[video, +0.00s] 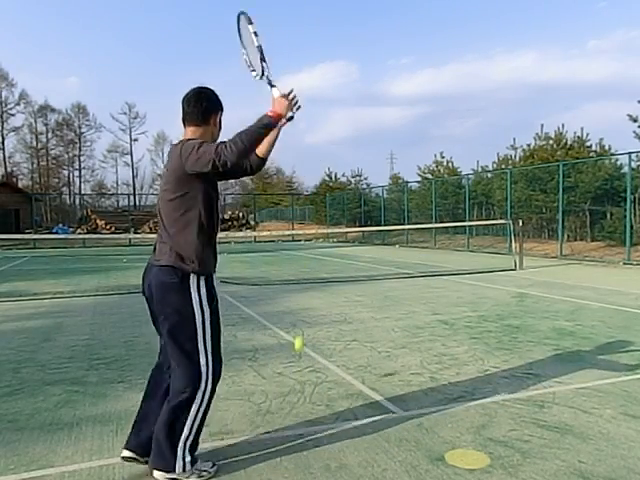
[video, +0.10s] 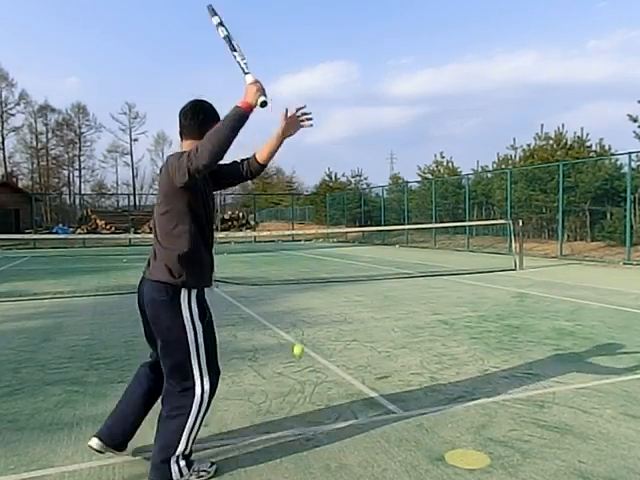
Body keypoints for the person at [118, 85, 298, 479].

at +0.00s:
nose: (221, 124)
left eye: (219, 119)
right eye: (221, 118)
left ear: (185, 118)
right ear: (214, 118)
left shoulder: (184, 154)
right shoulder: (191, 152)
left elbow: (250, 163)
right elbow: (232, 152)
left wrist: (278, 123)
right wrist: (274, 114)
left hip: (164, 274)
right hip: (185, 276)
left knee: (174, 361)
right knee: (202, 369)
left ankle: (142, 443)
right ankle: (173, 461)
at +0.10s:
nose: (216, 137)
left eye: (218, 133)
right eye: (216, 131)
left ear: (181, 129)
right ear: (207, 132)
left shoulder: (196, 174)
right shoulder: (180, 166)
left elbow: (248, 168)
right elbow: (208, 152)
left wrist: (281, 134)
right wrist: (245, 107)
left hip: (156, 287)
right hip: (179, 291)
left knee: (162, 364)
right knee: (196, 380)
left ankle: (111, 436)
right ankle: (170, 464)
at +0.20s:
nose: (215, 148)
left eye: (217, 143)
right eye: (210, 142)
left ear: (177, 144)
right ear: (198, 144)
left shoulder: (201, 185)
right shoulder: (168, 180)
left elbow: (248, 179)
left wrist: (293, 156)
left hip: (155, 300)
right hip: (170, 305)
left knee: (157, 369)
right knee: (207, 389)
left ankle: (89, 429)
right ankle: (174, 466)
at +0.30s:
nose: (214, 155)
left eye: (214, 147)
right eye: (209, 147)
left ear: (173, 150)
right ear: (195, 151)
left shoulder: (196, 190)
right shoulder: (166, 190)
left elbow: (246, 188)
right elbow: (167, 202)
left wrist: (293, 177)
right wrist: (204, 152)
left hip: (142, 304)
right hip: (160, 310)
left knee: (148, 365)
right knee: (204, 385)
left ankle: (85, 425)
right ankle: (175, 466)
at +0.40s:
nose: (203, 161)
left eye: (201, 156)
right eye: (200, 156)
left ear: (167, 158)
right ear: (189, 160)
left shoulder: (178, 196)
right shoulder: (161, 198)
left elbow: (224, 194)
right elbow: (149, 226)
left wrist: (281, 185)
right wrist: (180, 190)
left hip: (130, 306)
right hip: (153, 312)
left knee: (142, 362)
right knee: (198, 382)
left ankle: (81, 424)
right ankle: (174, 466)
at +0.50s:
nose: (190, 159)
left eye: (187, 153)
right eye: (187, 153)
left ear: (155, 161)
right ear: (179, 158)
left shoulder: (169, 194)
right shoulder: (145, 202)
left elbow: (218, 191)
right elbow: (140, 228)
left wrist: (268, 184)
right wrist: (164, 213)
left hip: (118, 304)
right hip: (142, 310)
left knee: (134, 359)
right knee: (190, 378)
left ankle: (83, 425)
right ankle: (173, 465)